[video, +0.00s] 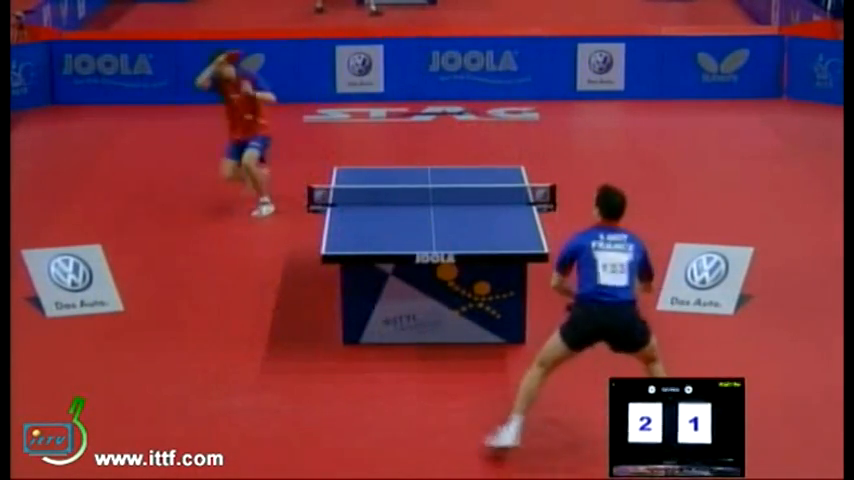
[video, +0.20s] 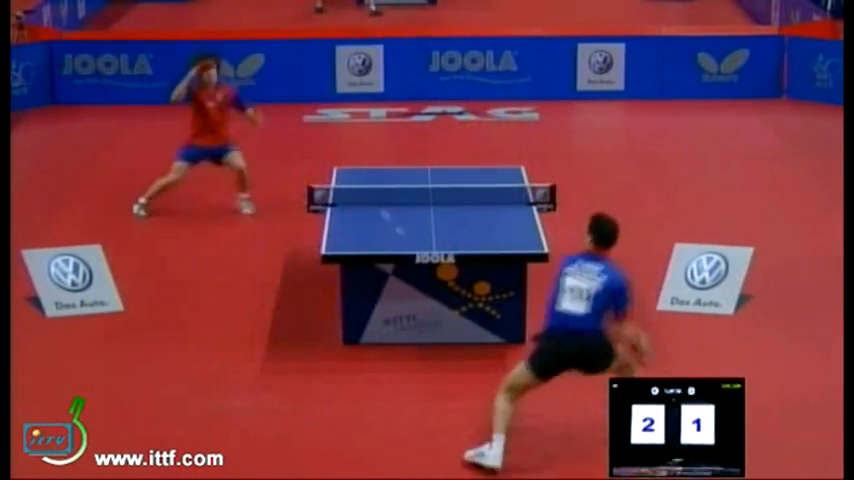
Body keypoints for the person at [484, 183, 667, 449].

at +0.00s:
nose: (595, 208)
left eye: (596, 205)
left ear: (597, 209)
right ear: (623, 211)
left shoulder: (583, 239)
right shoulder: (634, 243)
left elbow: (557, 283)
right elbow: (647, 284)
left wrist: (579, 295)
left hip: (587, 316)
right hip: (624, 317)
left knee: (541, 366)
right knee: (652, 362)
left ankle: (513, 426)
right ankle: (671, 419)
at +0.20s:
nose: (586, 237)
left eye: (588, 233)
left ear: (588, 237)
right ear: (613, 242)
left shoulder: (568, 264)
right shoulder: (616, 277)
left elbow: (556, 308)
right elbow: (619, 322)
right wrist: (637, 342)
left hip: (555, 344)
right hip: (591, 347)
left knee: (508, 390)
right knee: (626, 366)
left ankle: (495, 449)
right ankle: (635, 437)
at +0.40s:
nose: (559, 267)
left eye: (558, 261)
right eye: (558, 262)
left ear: (529, 259)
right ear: (553, 267)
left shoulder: (504, 286)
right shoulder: (541, 303)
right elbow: (554, 351)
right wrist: (589, 350)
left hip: (502, 374)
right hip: (539, 374)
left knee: (472, 399)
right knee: (595, 392)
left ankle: (481, 433)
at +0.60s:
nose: (414, 319)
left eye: (418, 317)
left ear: (424, 327)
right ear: (444, 316)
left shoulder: (436, 362)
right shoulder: (463, 321)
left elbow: (419, 410)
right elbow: (432, 308)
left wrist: (386, 443)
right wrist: (406, 319)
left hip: (489, 412)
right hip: (518, 390)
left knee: (425, 416)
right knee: (537, 387)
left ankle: (482, 444)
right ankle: (583, 420)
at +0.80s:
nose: (347, 350)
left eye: (350, 347)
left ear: (356, 348)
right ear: (370, 331)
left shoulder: (382, 379)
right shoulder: (386, 333)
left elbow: (385, 430)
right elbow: (361, 345)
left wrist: (381, 472)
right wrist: (340, 362)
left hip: (449, 401)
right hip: (458, 370)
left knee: (396, 454)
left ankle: (458, 439)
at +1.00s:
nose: (283, 311)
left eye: (284, 307)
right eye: (284, 307)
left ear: (292, 311)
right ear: (307, 299)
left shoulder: (317, 343)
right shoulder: (324, 307)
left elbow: (334, 391)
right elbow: (297, 319)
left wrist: (343, 438)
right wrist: (276, 328)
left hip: (375, 382)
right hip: (358, 366)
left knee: (389, 450)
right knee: (295, 381)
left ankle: (458, 429)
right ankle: (286, 442)